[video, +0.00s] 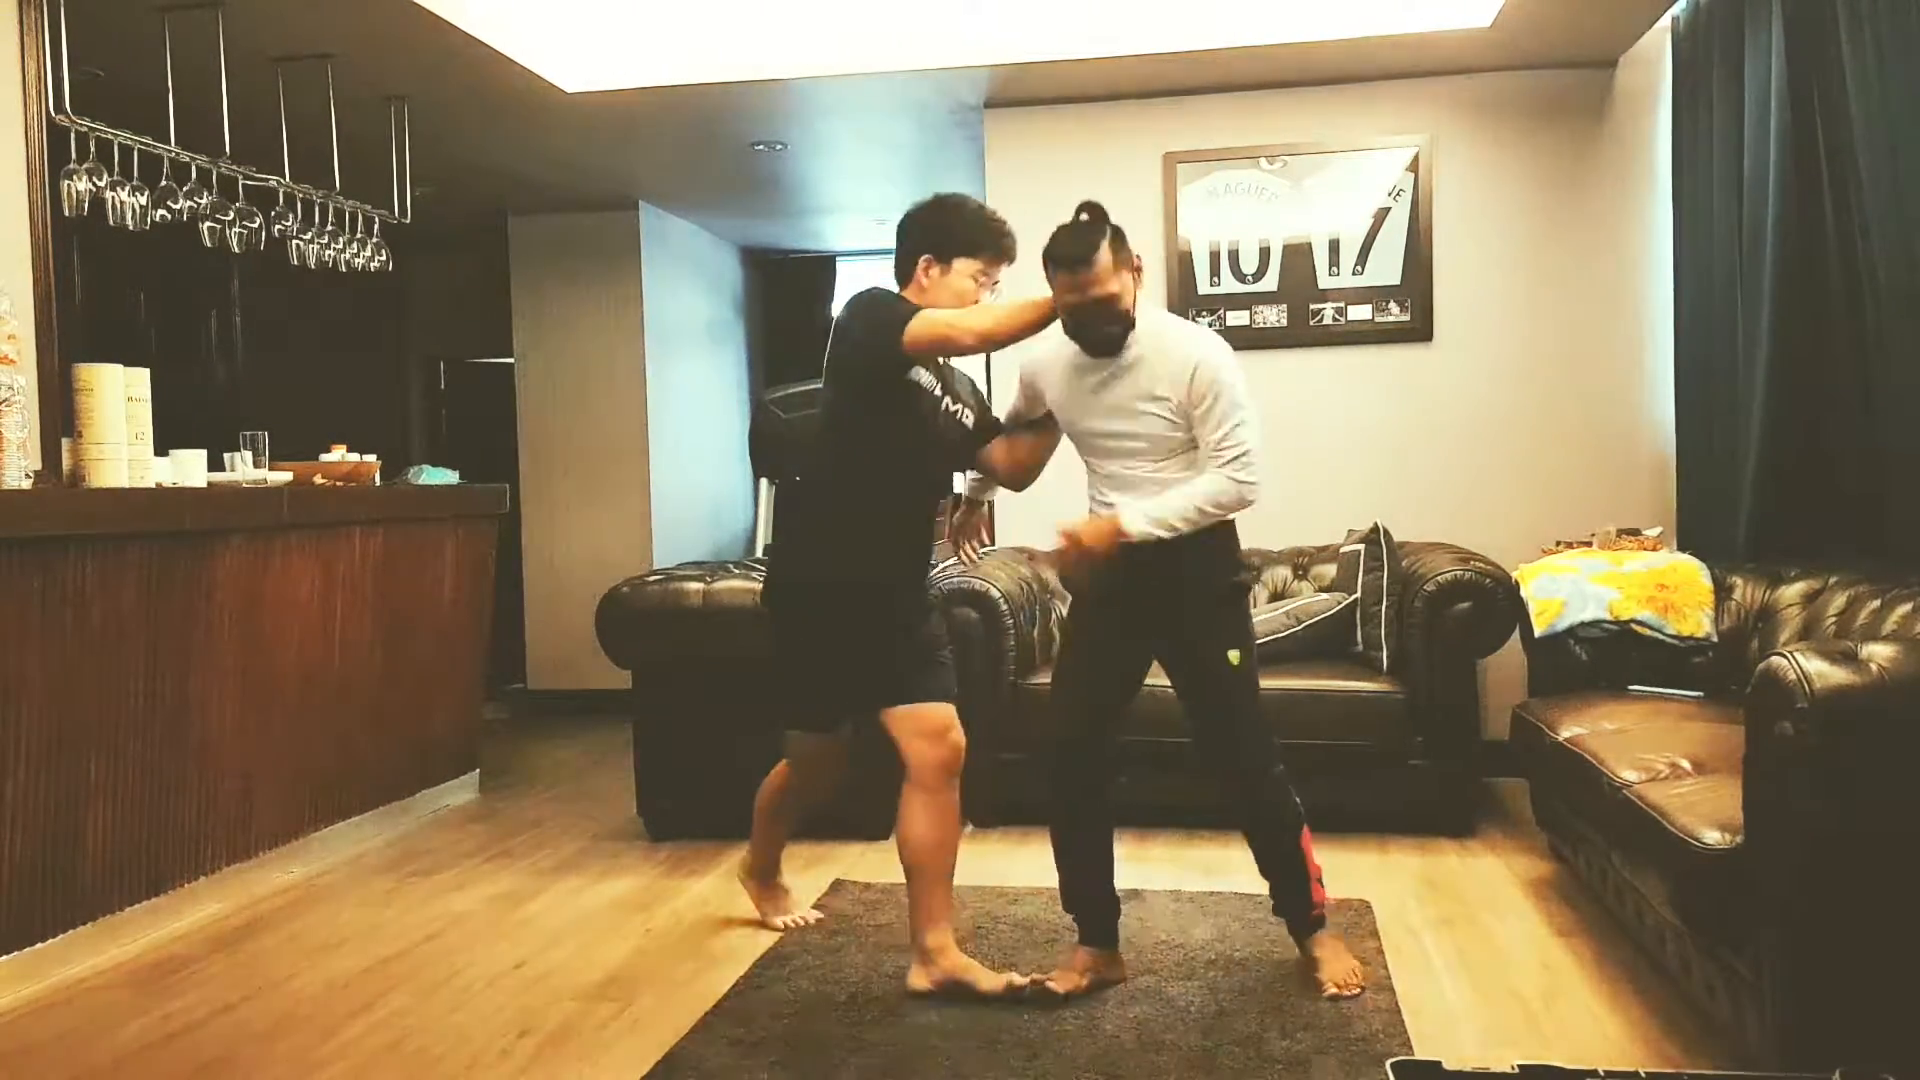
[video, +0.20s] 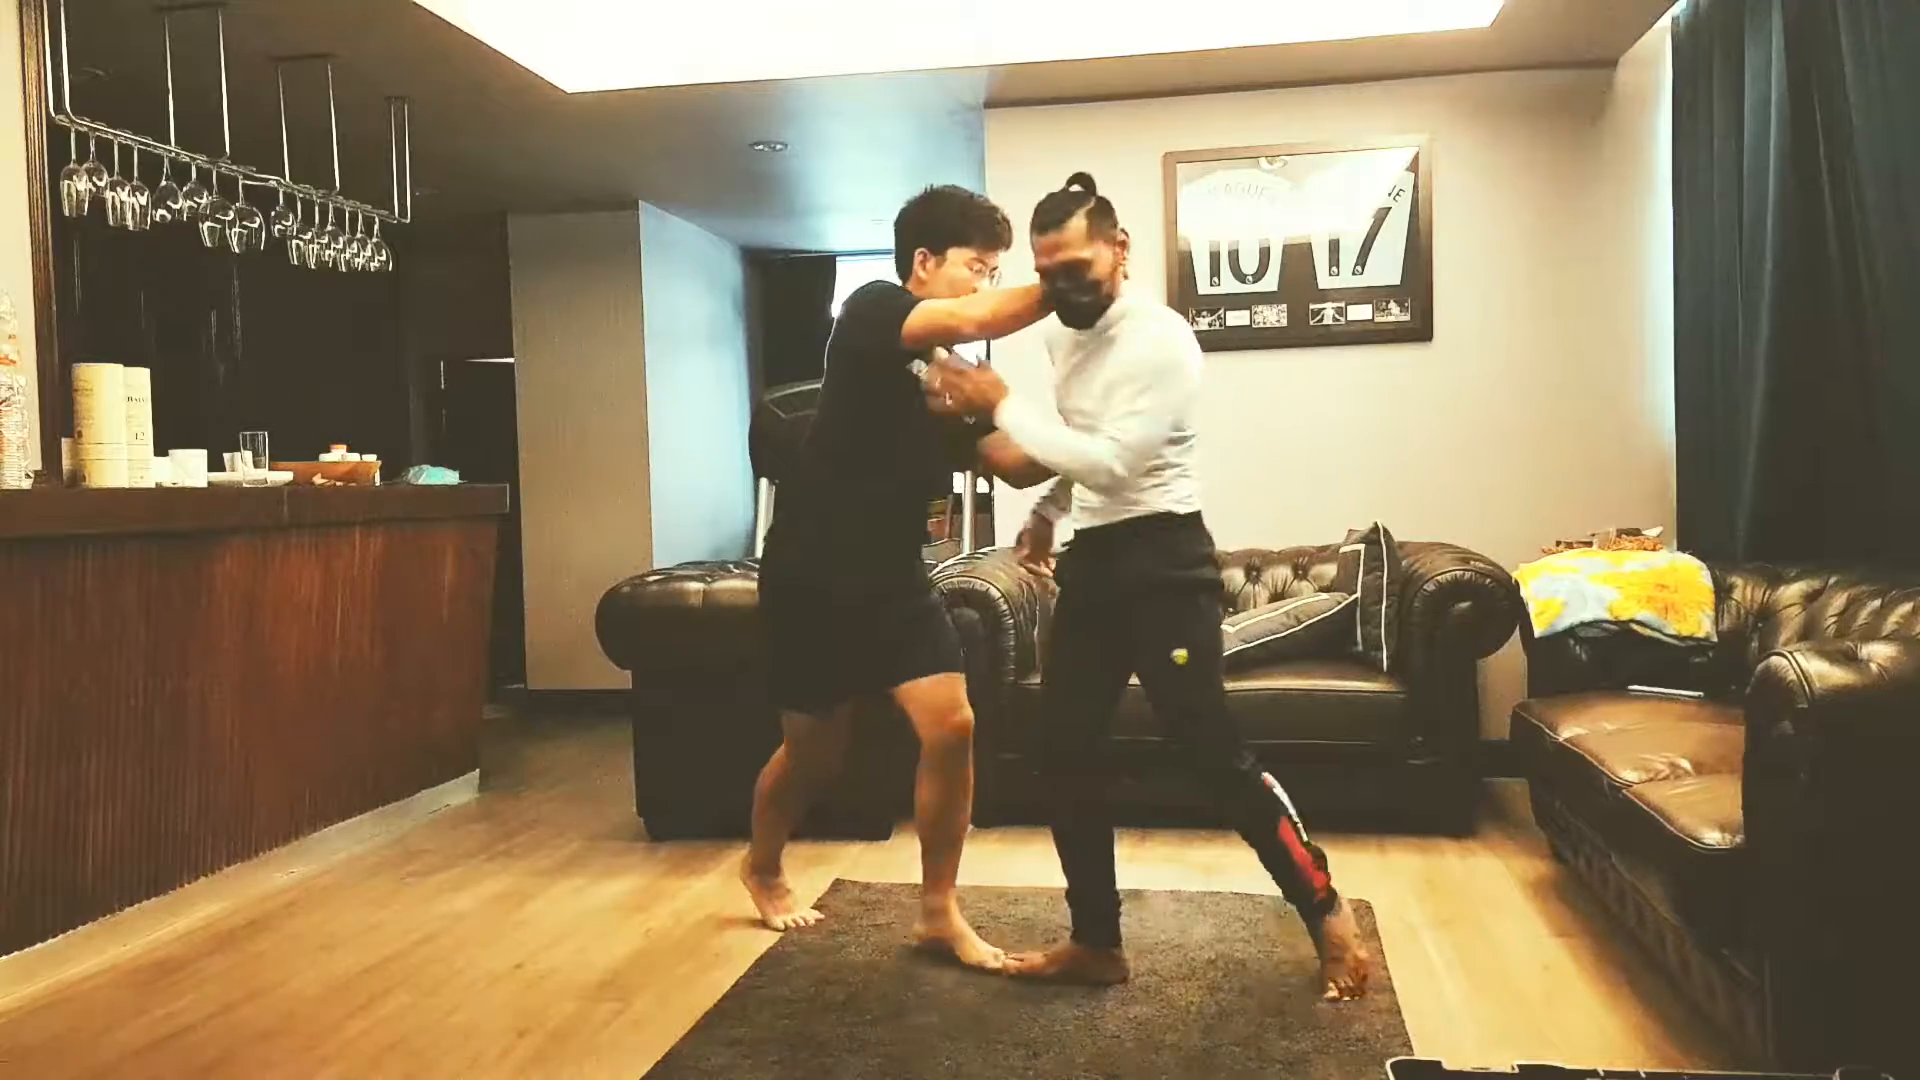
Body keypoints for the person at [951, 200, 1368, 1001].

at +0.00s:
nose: (1105, 312)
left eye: (1113, 292)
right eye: (1084, 301)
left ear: (1135, 270)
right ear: (1056, 295)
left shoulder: (1198, 356)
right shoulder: (1043, 364)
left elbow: (1239, 480)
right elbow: (1017, 453)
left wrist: (1122, 521)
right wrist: (977, 484)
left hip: (1200, 570)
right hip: (1112, 575)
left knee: (1242, 751)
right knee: (1071, 747)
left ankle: (1314, 932)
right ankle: (1096, 946)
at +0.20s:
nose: (1059, 285)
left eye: (1073, 266)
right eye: (1047, 269)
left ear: (1119, 250)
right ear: (1038, 265)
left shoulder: (1163, 339)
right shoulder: (1060, 341)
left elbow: (1117, 464)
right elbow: (1080, 442)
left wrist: (1006, 414)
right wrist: (1044, 512)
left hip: (1166, 556)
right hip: (1091, 563)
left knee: (1211, 747)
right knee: (1069, 749)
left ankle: (1330, 923)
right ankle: (1095, 944)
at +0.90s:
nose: (996, 260)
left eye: (1005, 240)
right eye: (989, 244)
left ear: (1064, 213)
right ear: (1047, 222)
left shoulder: (1132, 313)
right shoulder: (1048, 321)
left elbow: (1160, 457)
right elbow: (1064, 447)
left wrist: (1060, 467)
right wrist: (1018, 538)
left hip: (1130, 573)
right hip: (1068, 574)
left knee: (1103, 797)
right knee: (1040, 779)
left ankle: (1177, 1035)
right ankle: (1118, 959)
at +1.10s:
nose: (943, 233)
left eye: (956, 210)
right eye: (938, 214)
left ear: (1025, 193)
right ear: (1003, 203)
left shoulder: (1108, 306)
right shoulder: (1011, 302)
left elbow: (1140, 482)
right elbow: (1042, 452)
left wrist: (1046, 611)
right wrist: (1015, 555)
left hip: (1119, 582)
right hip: (1036, 576)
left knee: (1124, 821)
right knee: (990, 809)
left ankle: (1179, 1019)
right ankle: (1050, 1038)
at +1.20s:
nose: (907, 224)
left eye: (919, 201)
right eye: (904, 206)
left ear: (990, 186)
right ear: (980, 193)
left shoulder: (1082, 302)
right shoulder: (986, 310)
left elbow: (1119, 489)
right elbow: (1005, 468)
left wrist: (1064, 638)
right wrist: (982, 587)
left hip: (1091, 589)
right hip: (1004, 587)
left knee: (1119, 827)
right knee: (975, 831)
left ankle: (1177, 1010)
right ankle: (983, 1055)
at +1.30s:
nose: (869, 205)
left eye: (886, 184)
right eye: (868, 188)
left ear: (956, 180)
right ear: (946, 186)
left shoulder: (1048, 296)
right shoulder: (946, 309)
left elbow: (1100, 479)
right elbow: (973, 476)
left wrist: (1043, 639)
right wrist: (947, 628)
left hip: (1062, 593)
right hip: (968, 595)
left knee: (1097, 845)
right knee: (948, 858)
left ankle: (1171, 1012)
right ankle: (966, 1062)